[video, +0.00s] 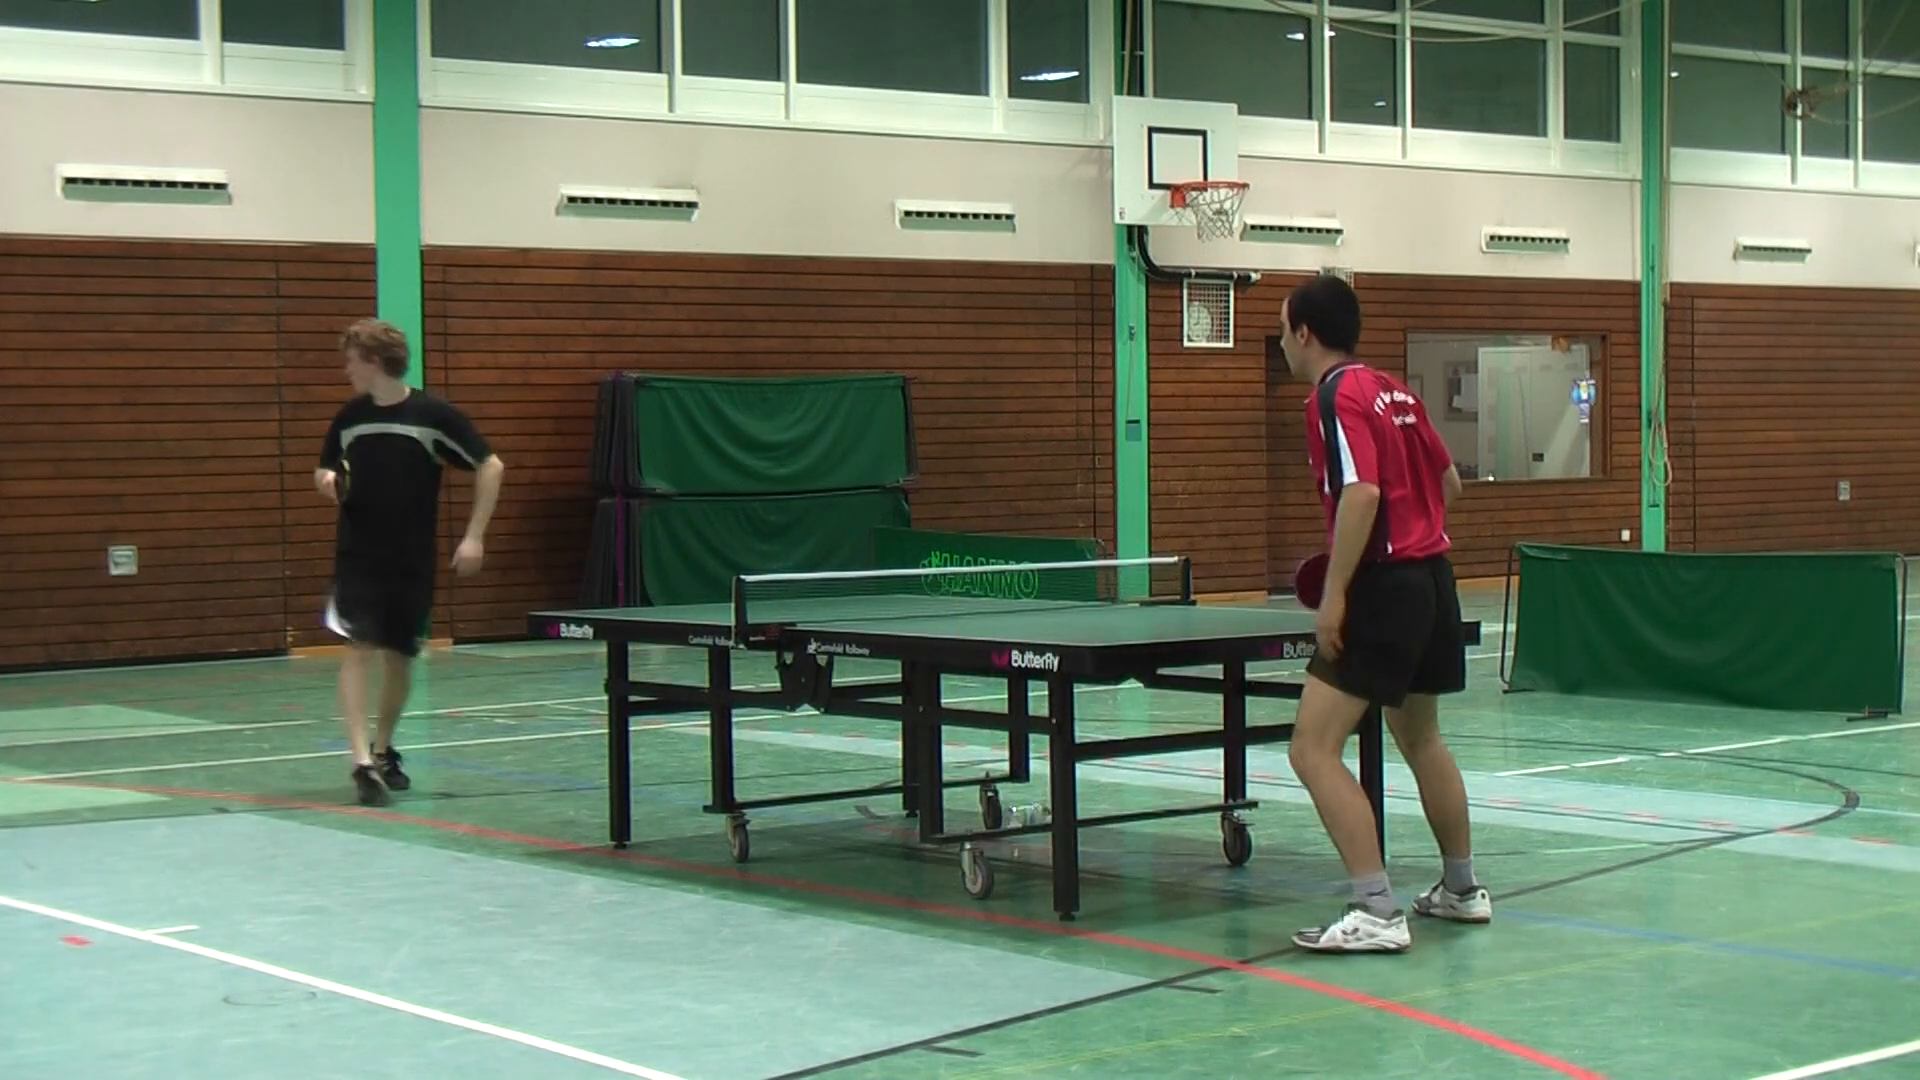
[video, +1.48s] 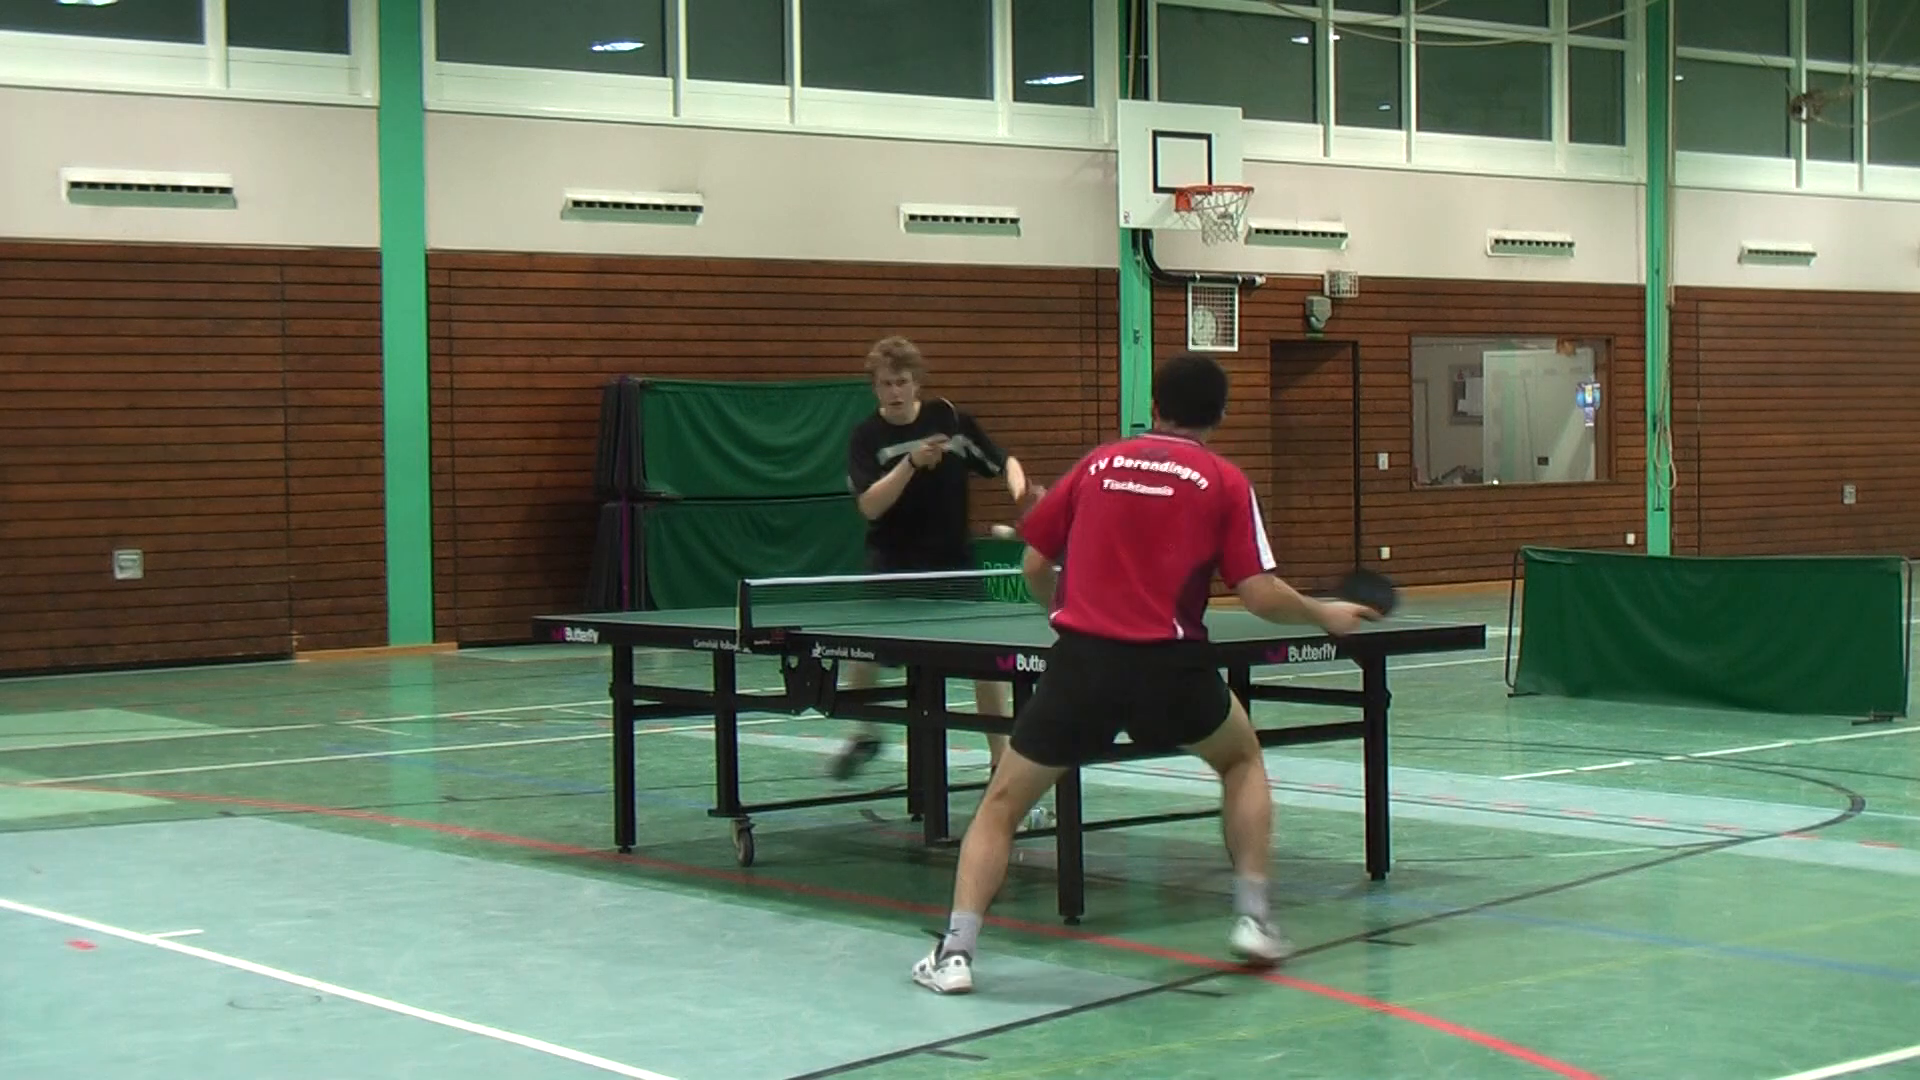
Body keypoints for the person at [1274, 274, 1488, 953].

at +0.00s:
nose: (1285, 346)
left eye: (1286, 334)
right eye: (1286, 334)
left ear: (1306, 333)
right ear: (1351, 332)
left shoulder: (1336, 394)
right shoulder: (1393, 387)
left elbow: (1362, 491)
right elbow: (1446, 481)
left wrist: (1333, 591)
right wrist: (1398, 549)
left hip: (1381, 590)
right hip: (1432, 585)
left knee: (1313, 751)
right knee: (1420, 735)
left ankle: (1376, 910)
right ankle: (1461, 888)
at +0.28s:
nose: (1258, 327)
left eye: (1260, 314)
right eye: (1259, 314)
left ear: (1281, 318)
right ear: (1321, 315)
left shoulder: (1329, 382)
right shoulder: (1349, 376)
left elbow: (1365, 488)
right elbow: (1357, 486)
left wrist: (1353, 594)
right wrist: (1306, 550)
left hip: (1343, 581)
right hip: (1377, 578)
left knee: (1314, 752)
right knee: (1369, 735)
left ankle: (1374, 915)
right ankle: (1427, 873)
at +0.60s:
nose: (1270, 528)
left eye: (1271, 518)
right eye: (1273, 518)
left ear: (1278, 518)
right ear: (1339, 511)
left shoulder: (1273, 548)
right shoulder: (1385, 539)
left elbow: (1251, 612)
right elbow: (1418, 613)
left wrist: (1262, 714)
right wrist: (1326, 658)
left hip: (1379, 689)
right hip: (1464, 680)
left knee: (1229, 781)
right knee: (1478, 781)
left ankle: (1199, 957)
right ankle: (1545, 925)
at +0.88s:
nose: (1251, 500)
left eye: (1253, 491)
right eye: (1255, 491)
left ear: (1260, 493)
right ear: (1318, 485)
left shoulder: (1262, 529)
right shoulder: (1362, 521)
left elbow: (1254, 604)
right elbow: (1394, 604)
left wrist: (1245, 706)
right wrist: (1310, 646)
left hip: (1365, 684)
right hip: (1444, 677)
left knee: (1211, 779)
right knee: (1462, 786)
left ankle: (1205, 954)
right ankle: (1543, 925)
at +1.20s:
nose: (1181, 379)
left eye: (1183, 370)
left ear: (1188, 375)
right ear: (1253, 377)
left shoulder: (1157, 429)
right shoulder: (1293, 443)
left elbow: (1100, 516)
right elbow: (1337, 564)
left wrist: (1082, 613)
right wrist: (1269, 558)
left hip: (1174, 628)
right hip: (1262, 634)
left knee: (1105, 774)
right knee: (1268, 770)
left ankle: (1146, 917)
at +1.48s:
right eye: (1219, 413)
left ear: (1155, 406)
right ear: (1218, 416)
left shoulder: (1101, 460)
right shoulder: (1226, 483)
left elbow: (1035, 562)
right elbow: (1257, 591)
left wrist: (1068, 611)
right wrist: (1326, 614)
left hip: (1080, 668)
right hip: (1171, 670)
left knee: (1003, 802)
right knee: (1240, 762)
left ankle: (955, 952)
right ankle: (1255, 919)